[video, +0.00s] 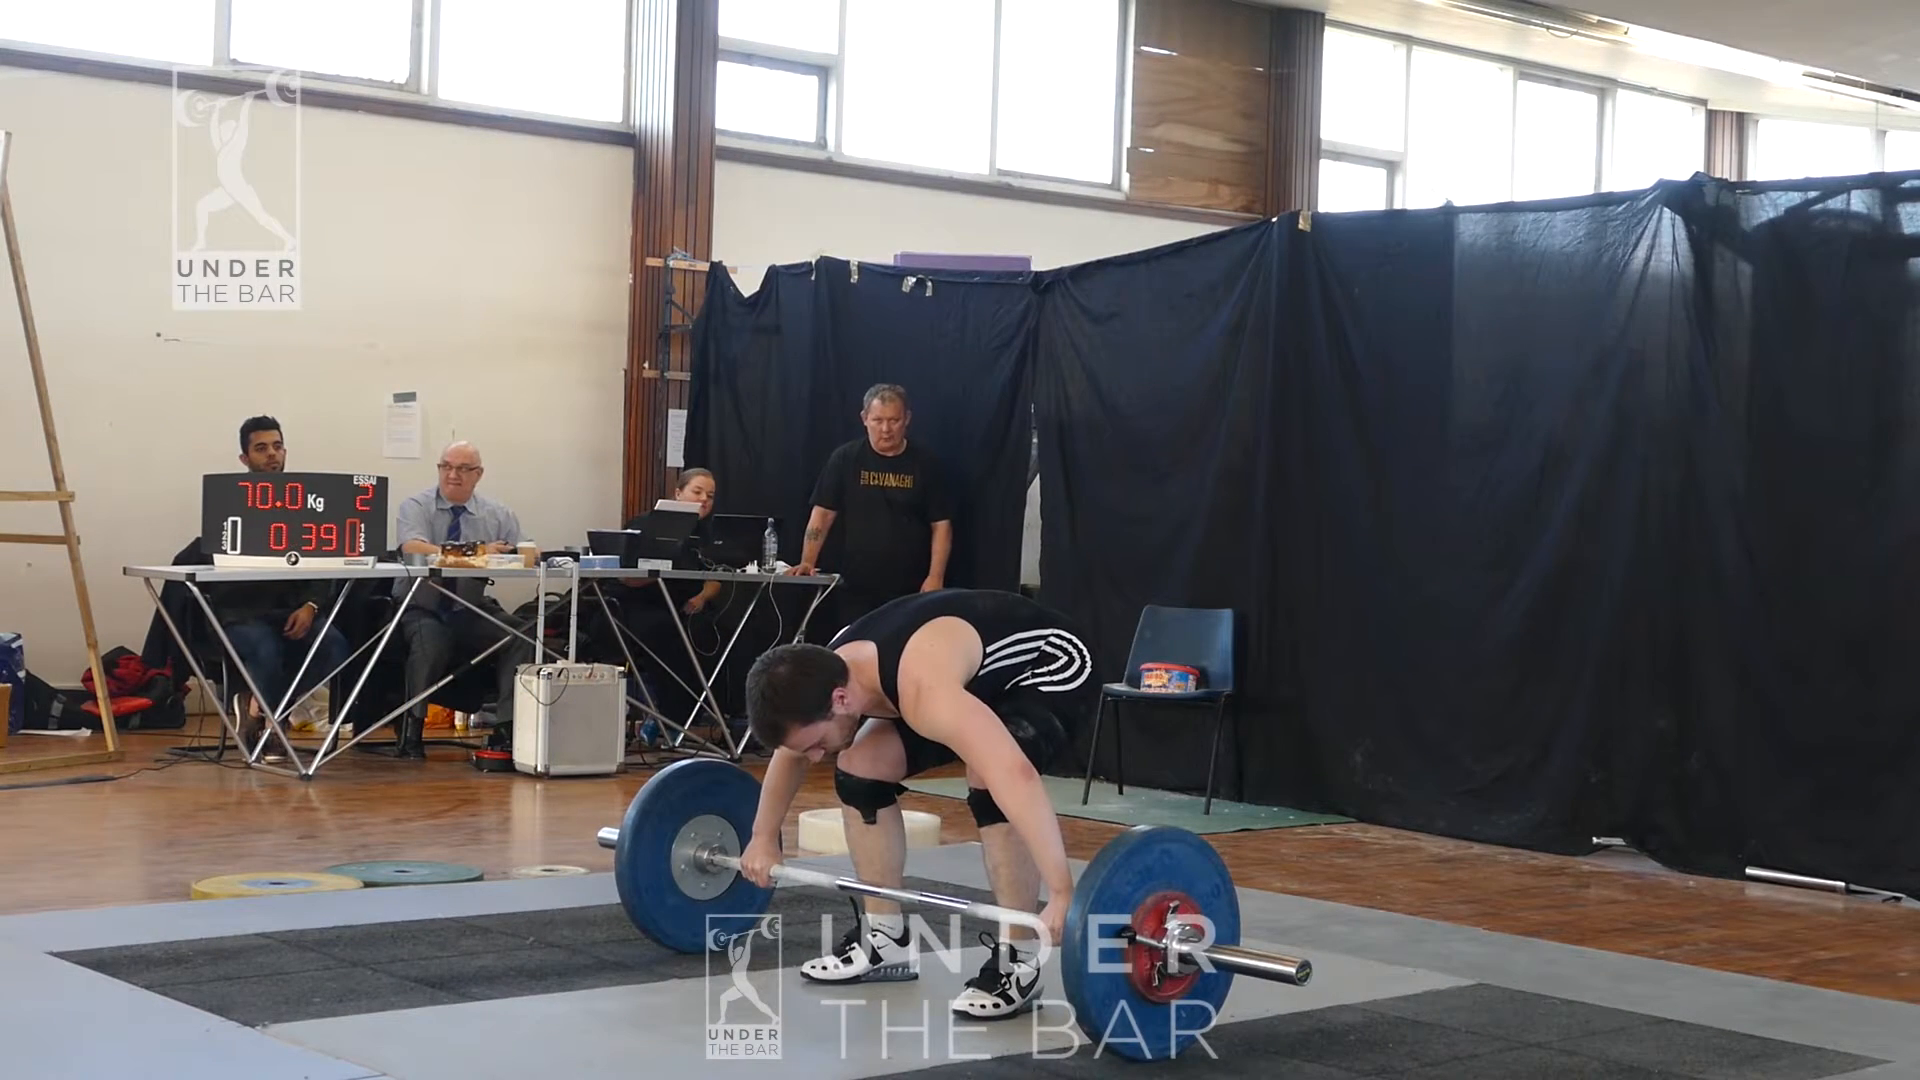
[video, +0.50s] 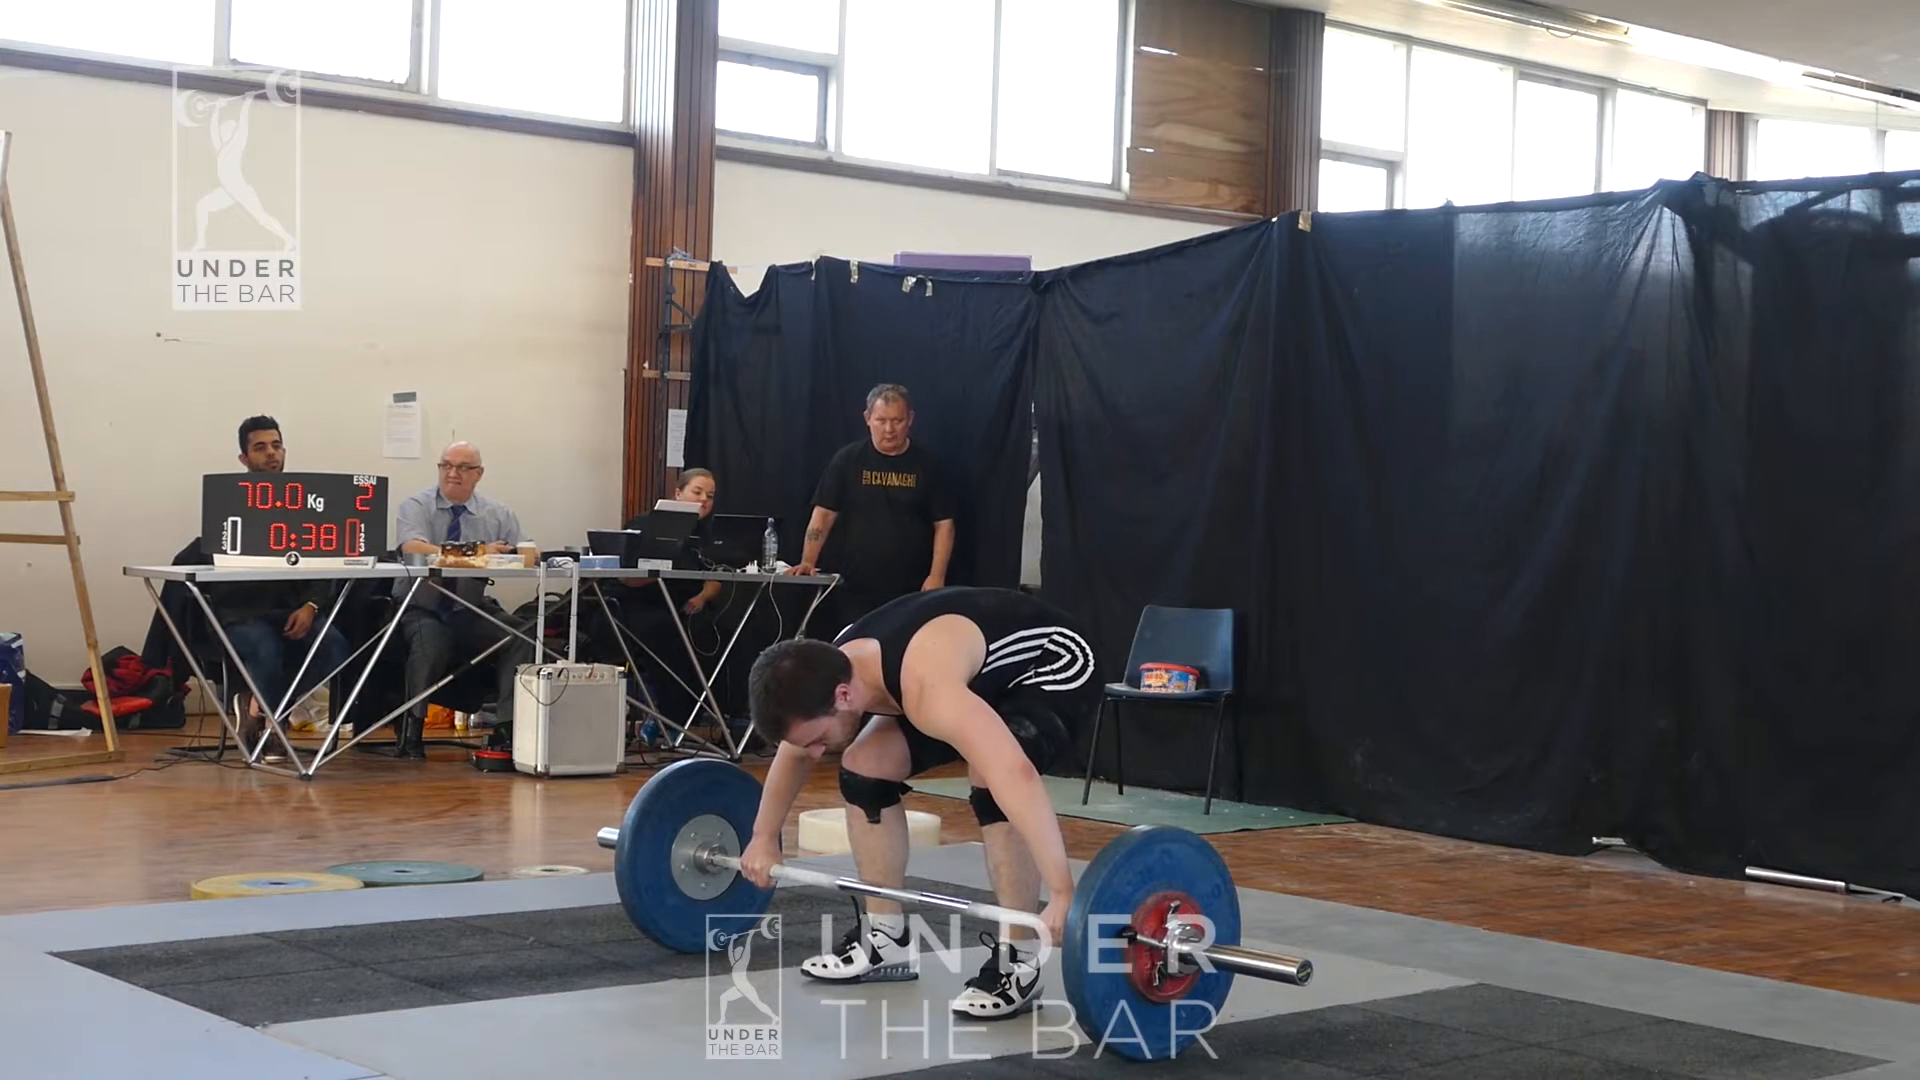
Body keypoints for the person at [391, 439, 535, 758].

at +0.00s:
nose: (453, 475)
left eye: (463, 469)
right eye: (446, 467)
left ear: (479, 475)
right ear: (438, 470)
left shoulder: (500, 514)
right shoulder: (416, 506)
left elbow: (530, 556)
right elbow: (412, 548)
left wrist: (503, 552)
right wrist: (466, 555)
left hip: (475, 608)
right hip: (423, 608)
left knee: (519, 637)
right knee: (430, 643)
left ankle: (507, 731)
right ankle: (412, 734)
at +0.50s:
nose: (453, 474)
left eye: (463, 468)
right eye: (446, 466)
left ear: (479, 474)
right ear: (438, 469)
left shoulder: (499, 514)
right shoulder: (416, 505)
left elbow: (530, 555)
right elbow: (411, 546)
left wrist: (501, 552)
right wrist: (464, 554)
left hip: (475, 608)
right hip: (423, 607)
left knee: (519, 638)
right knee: (430, 643)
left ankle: (507, 731)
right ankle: (412, 734)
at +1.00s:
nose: (453, 474)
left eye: (463, 468)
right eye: (447, 466)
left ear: (479, 474)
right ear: (438, 469)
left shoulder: (499, 514)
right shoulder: (416, 505)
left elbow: (530, 555)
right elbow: (411, 547)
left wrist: (503, 552)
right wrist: (464, 554)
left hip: (475, 608)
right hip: (423, 607)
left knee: (519, 638)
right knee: (430, 643)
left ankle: (507, 731)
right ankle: (412, 734)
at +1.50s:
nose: (457, 474)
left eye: (467, 468)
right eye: (449, 467)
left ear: (480, 474)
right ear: (438, 471)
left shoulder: (500, 515)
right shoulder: (416, 505)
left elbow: (531, 556)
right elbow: (411, 548)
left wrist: (502, 552)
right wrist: (467, 554)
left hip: (474, 609)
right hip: (423, 608)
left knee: (520, 637)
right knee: (431, 644)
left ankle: (508, 730)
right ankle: (412, 733)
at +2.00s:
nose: (461, 475)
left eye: (470, 469)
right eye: (452, 468)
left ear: (481, 474)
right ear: (438, 471)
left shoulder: (500, 515)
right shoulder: (417, 505)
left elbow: (530, 555)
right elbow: (412, 548)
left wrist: (500, 553)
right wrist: (468, 554)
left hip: (475, 609)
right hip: (424, 608)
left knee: (520, 637)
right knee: (431, 644)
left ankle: (508, 730)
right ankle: (412, 733)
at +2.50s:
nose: (462, 475)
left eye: (471, 468)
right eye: (453, 468)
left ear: (480, 473)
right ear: (439, 472)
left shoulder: (499, 514)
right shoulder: (416, 506)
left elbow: (529, 556)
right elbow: (411, 549)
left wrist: (500, 552)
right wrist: (468, 553)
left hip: (475, 608)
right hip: (424, 608)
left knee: (519, 639)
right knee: (431, 642)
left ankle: (507, 730)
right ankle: (412, 732)